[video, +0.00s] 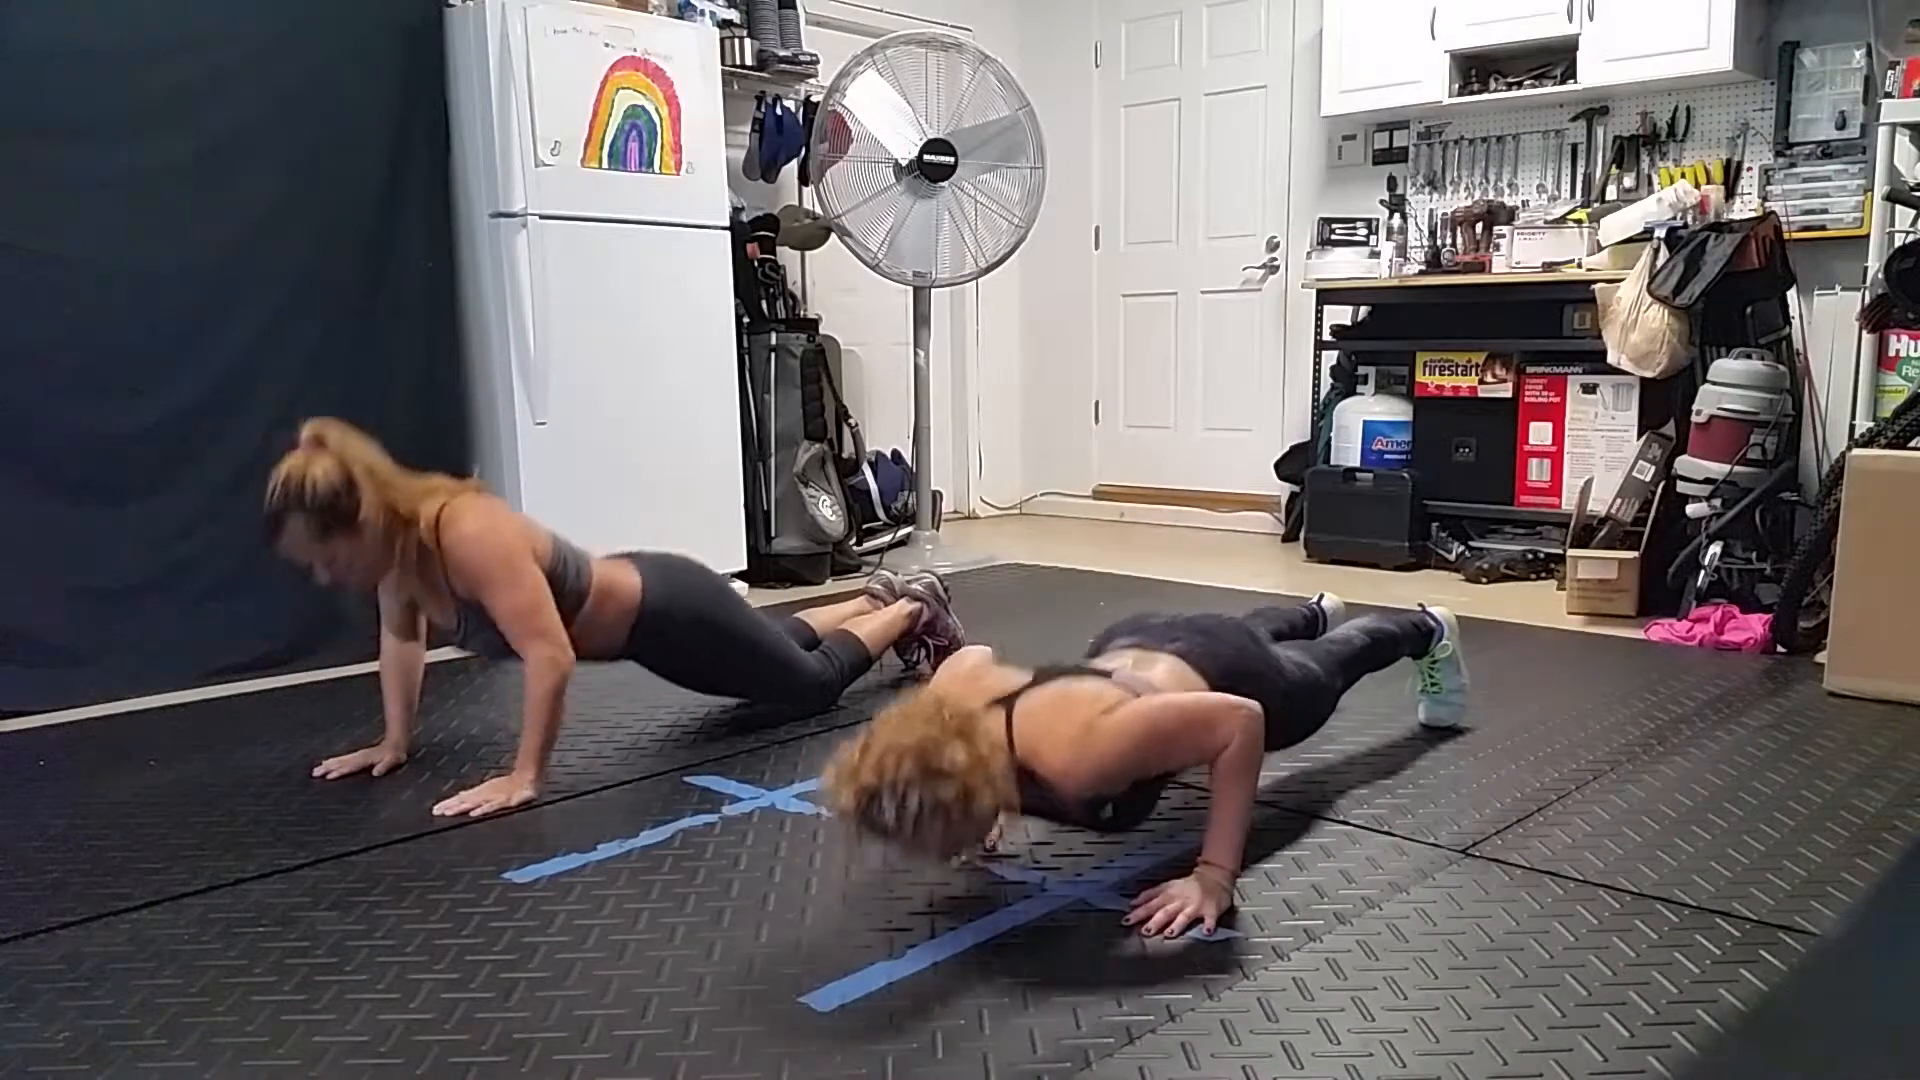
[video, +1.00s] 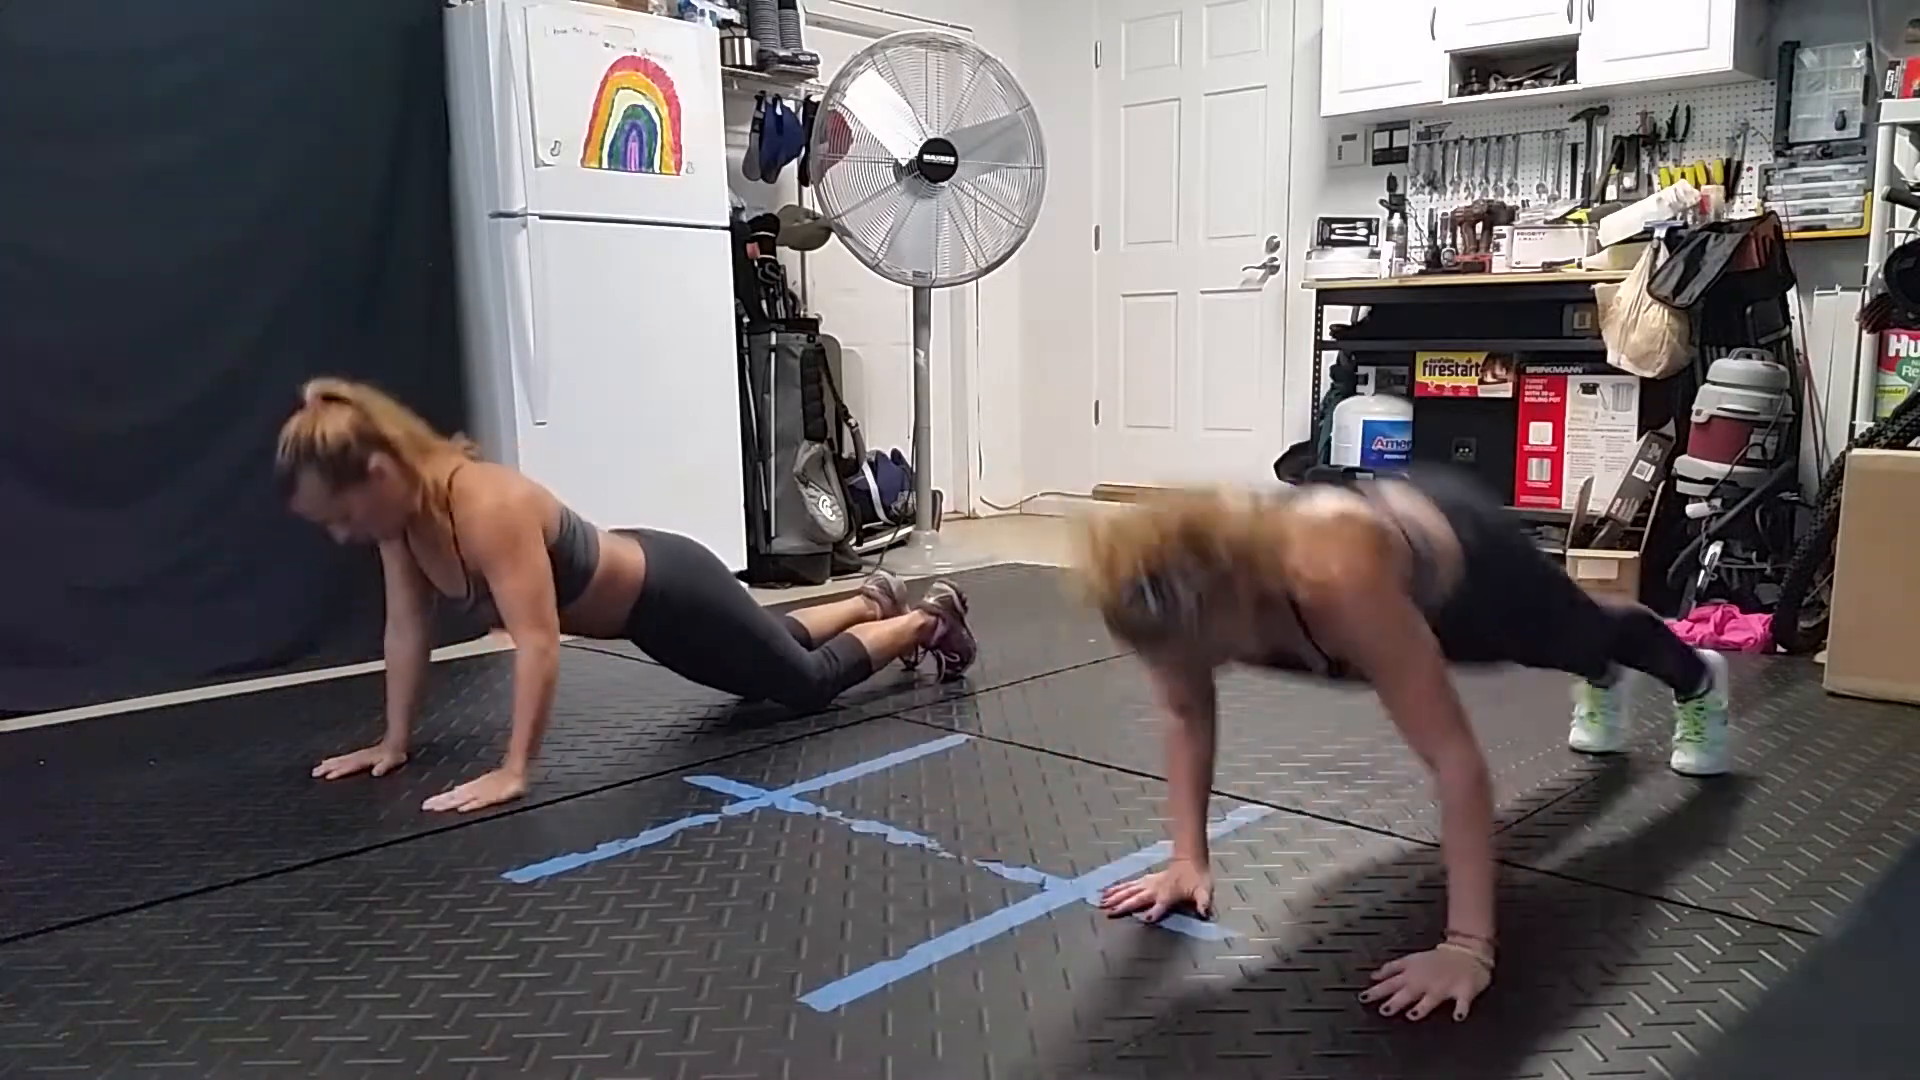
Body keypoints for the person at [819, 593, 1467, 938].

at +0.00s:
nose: (926, 852)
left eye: (928, 840)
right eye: (913, 842)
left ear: (956, 808)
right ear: (908, 737)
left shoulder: (1090, 751)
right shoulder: (944, 708)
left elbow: (1240, 724)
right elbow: (976, 657)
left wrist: (1214, 875)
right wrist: (988, 801)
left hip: (1226, 668)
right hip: (1132, 644)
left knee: (1332, 654)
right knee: (1237, 623)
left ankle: (1416, 626)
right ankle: (1312, 607)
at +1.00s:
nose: (1172, 672)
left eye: (1179, 651)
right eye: (1158, 661)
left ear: (1217, 598)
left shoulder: (1333, 570)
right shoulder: (1170, 600)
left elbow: (1457, 760)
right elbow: (1186, 713)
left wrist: (1466, 944)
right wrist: (1186, 857)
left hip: (1470, 549)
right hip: (1393, 536)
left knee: (1595, 628)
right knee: (1527, 631)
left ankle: (1699, 676)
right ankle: (1601, 668)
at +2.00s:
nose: (1152, 698)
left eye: (1154, 679)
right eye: (1143, 683)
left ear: (1193, 653)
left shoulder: (1345, 652)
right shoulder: (1207, 637)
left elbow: (1510, 773)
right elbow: (1190, 722)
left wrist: (1471, 946)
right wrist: (1186, 856)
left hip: (1511, 680)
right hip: (1442, 639)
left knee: (1609, 743)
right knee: (1532, 652)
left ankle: (1701, 664)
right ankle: (1601, 640)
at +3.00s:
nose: (934, 723)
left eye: (930, 708)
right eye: (918, 713)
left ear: (970, 672)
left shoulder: (1091, 632)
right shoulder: (981, 601)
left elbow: (1231, 729)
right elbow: (995, 692)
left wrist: (1187, 875)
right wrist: (981, 801)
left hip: (1259, 636)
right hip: (1187, 596)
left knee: (1368, 646)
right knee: (1308, 615)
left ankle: (1455, 631)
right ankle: (1393, 613)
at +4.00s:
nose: (995, 629)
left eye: (1005, 611)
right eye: (985, 613)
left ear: (1041, 575)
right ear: (983, 584)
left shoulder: (1145, 564)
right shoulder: (1004, 575)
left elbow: (1245, 728)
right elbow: (990, 681)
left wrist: (1190, 876)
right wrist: (980, 804)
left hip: (1279, 638)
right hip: (1197, 652)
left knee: (1360, 731)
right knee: (1306, 640)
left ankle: (1436, 632)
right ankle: (1380, 616)